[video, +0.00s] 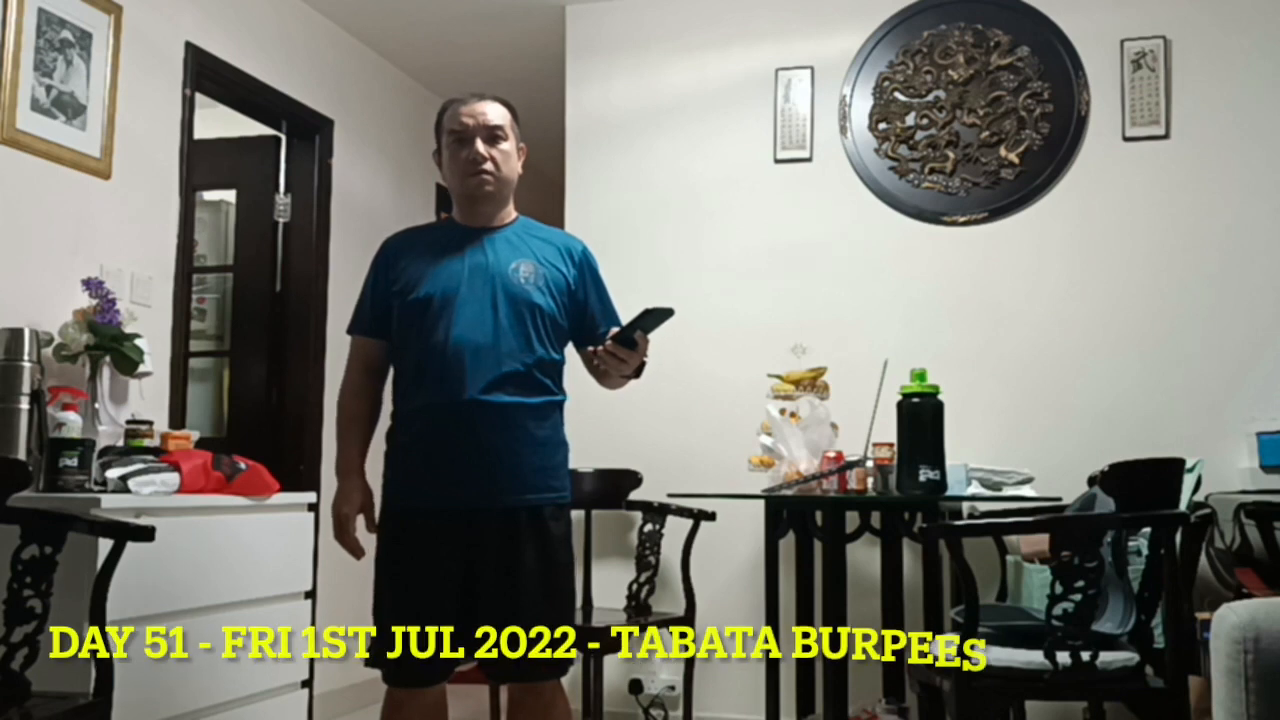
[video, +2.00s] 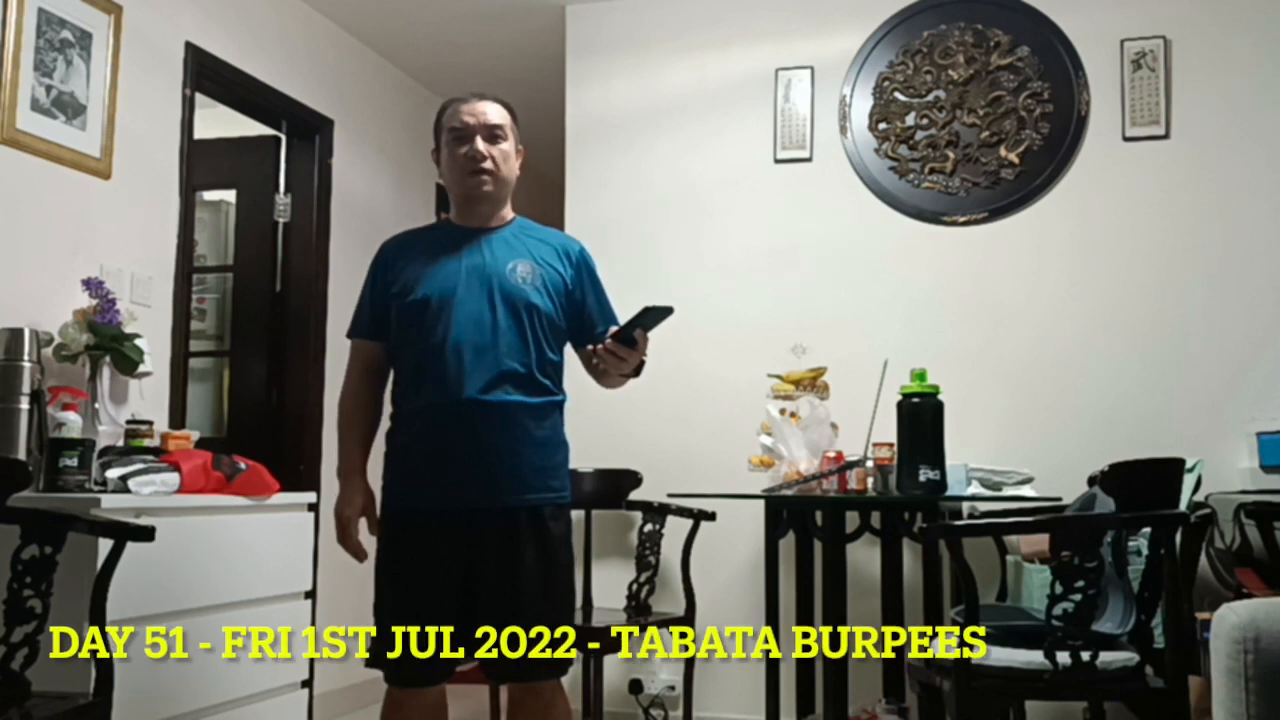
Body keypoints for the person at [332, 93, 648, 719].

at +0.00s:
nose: (477, 148)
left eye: (493, 136)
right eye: (460, 139)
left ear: (521, 158)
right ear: (439, 162)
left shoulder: (565, 252)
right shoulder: (401, 253)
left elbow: (605, 363)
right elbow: (364, 371)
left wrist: (622, 365)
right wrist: (350, 473)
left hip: (529, 497)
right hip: (421, 496)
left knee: (536, 681)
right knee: (411, 682)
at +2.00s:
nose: (478, 146)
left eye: (494, 135)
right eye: (460, 137)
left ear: (519, 159)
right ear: (438, 162)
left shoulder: (563, 253)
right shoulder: (400, 256)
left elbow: (603, 362)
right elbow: (365, 374)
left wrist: (622, 362)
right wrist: (352, 475)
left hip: (528, 496)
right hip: (422, 495)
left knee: (536, 680)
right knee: (412, 681)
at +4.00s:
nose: (477, 146)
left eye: (493, 135)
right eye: (460, 137)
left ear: (519, 159)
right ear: (438, 161)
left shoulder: (562, 254)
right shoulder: (400, 257)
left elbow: (602, 362)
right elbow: (365, 376)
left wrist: (622, 362)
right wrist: (352, 477)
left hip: (529, 497)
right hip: (422, 496)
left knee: (536, 680)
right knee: (413, 680)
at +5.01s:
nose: (543, 185)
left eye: (559, 167)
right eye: (523, 163)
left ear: (571, 171)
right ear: (481, 158)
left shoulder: (594, 274)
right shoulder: (416, 256)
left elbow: (638, 390)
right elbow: (362, 364)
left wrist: (653, 400)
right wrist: (352, 466)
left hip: (543, 521)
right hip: (428, 512)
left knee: (577, 700)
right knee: (398, 701)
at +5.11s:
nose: (594, 190)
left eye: (612, 172)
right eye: (574, 165)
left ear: (624, 175)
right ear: (531, 158)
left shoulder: (639, 286)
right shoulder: (459, 250)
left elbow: (679, 397)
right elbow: (398, 361)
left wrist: (691, 429)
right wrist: (379, 466)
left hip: (575, 528)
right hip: (458, 517)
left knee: (599, 704)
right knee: (408, 696)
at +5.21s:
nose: (651, 210)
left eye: (672, 189)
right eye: (632, 181)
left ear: (685, 186)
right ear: (587, 165)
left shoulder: (690, 303)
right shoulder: (508, 247)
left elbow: (727, 415)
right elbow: (435, 362)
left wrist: (733, 457)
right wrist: (415, 477)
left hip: (610, 533)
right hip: (489, 519)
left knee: (635, 705)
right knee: (436, 702)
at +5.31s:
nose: (701, 239)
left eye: (723, 219)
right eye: (682, 209)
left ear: (738, 214)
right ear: (633, 186)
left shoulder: (732, 331)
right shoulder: (542, 252)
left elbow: (777, 454)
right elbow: (464, 355)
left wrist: (776, 501)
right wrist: (447, 490)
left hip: (637, 540)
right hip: (511, 525)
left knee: (661, 707)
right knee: (460, 705)